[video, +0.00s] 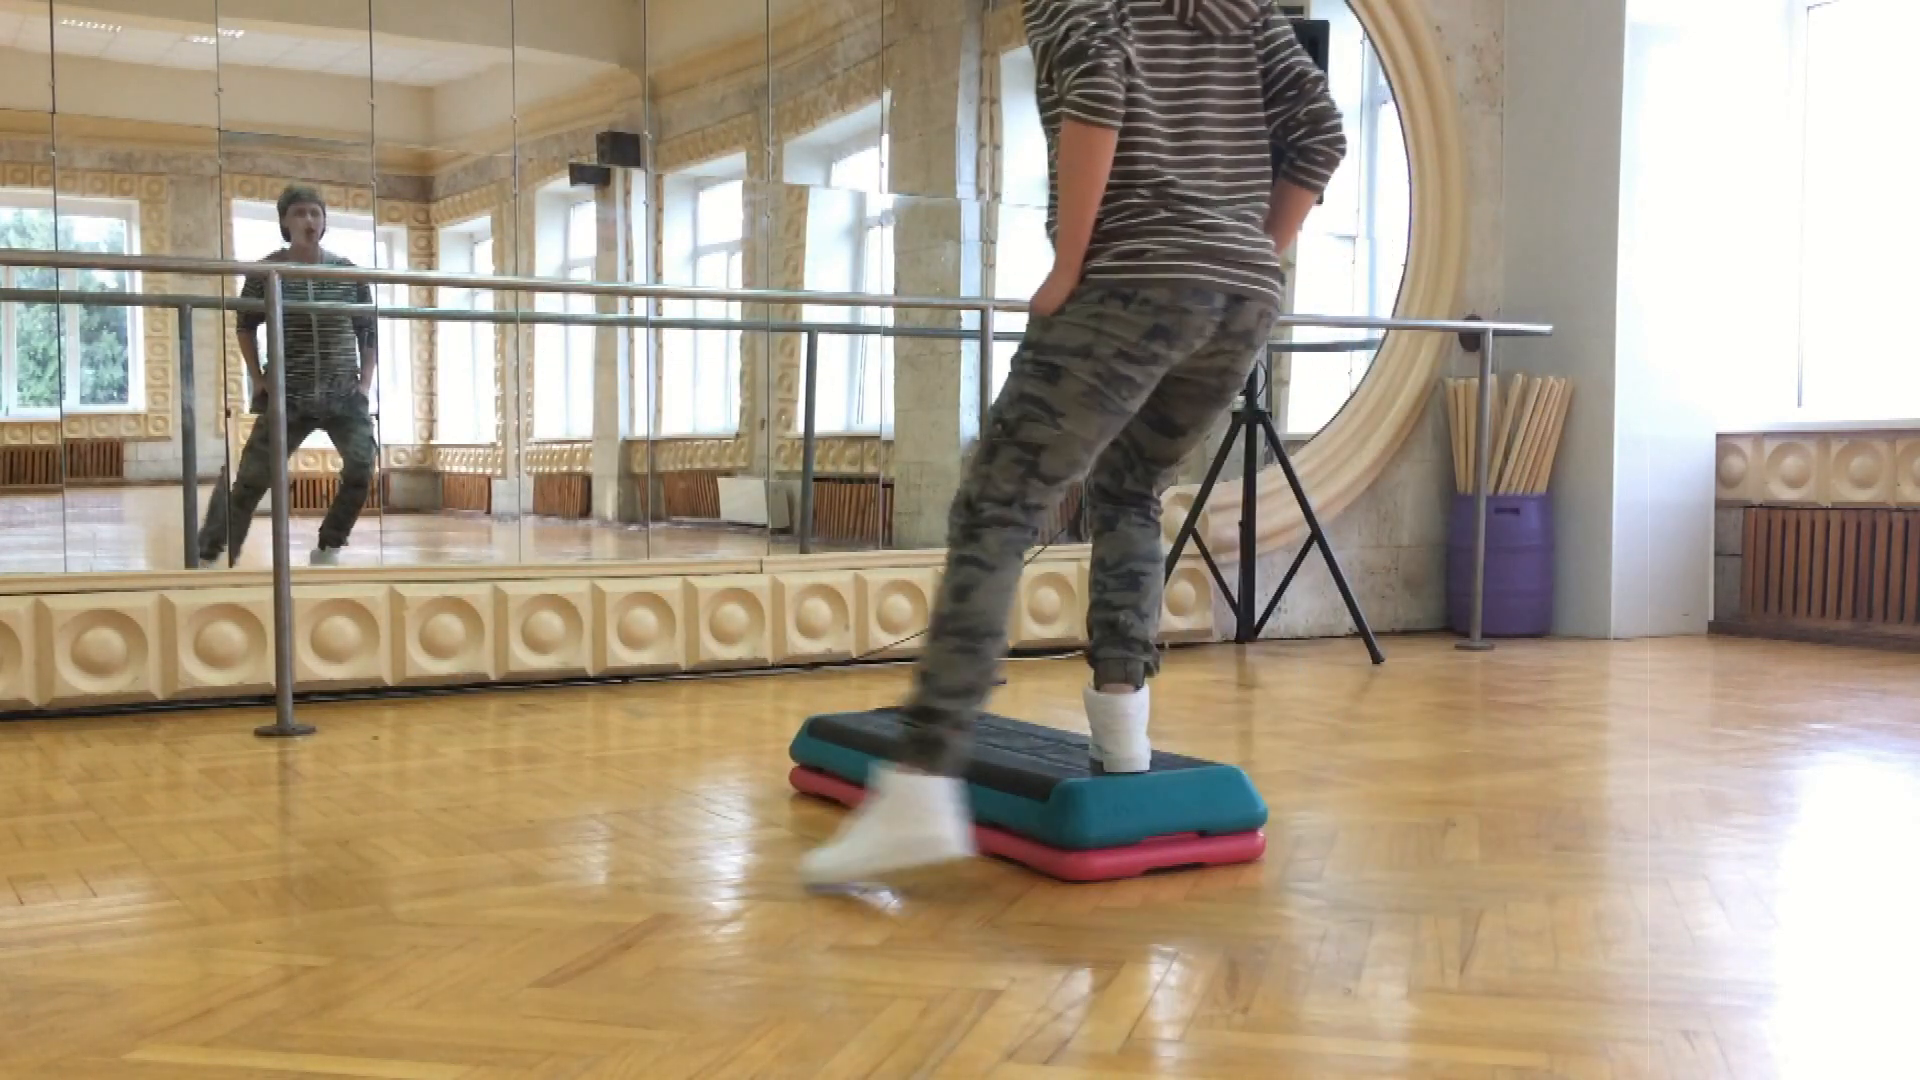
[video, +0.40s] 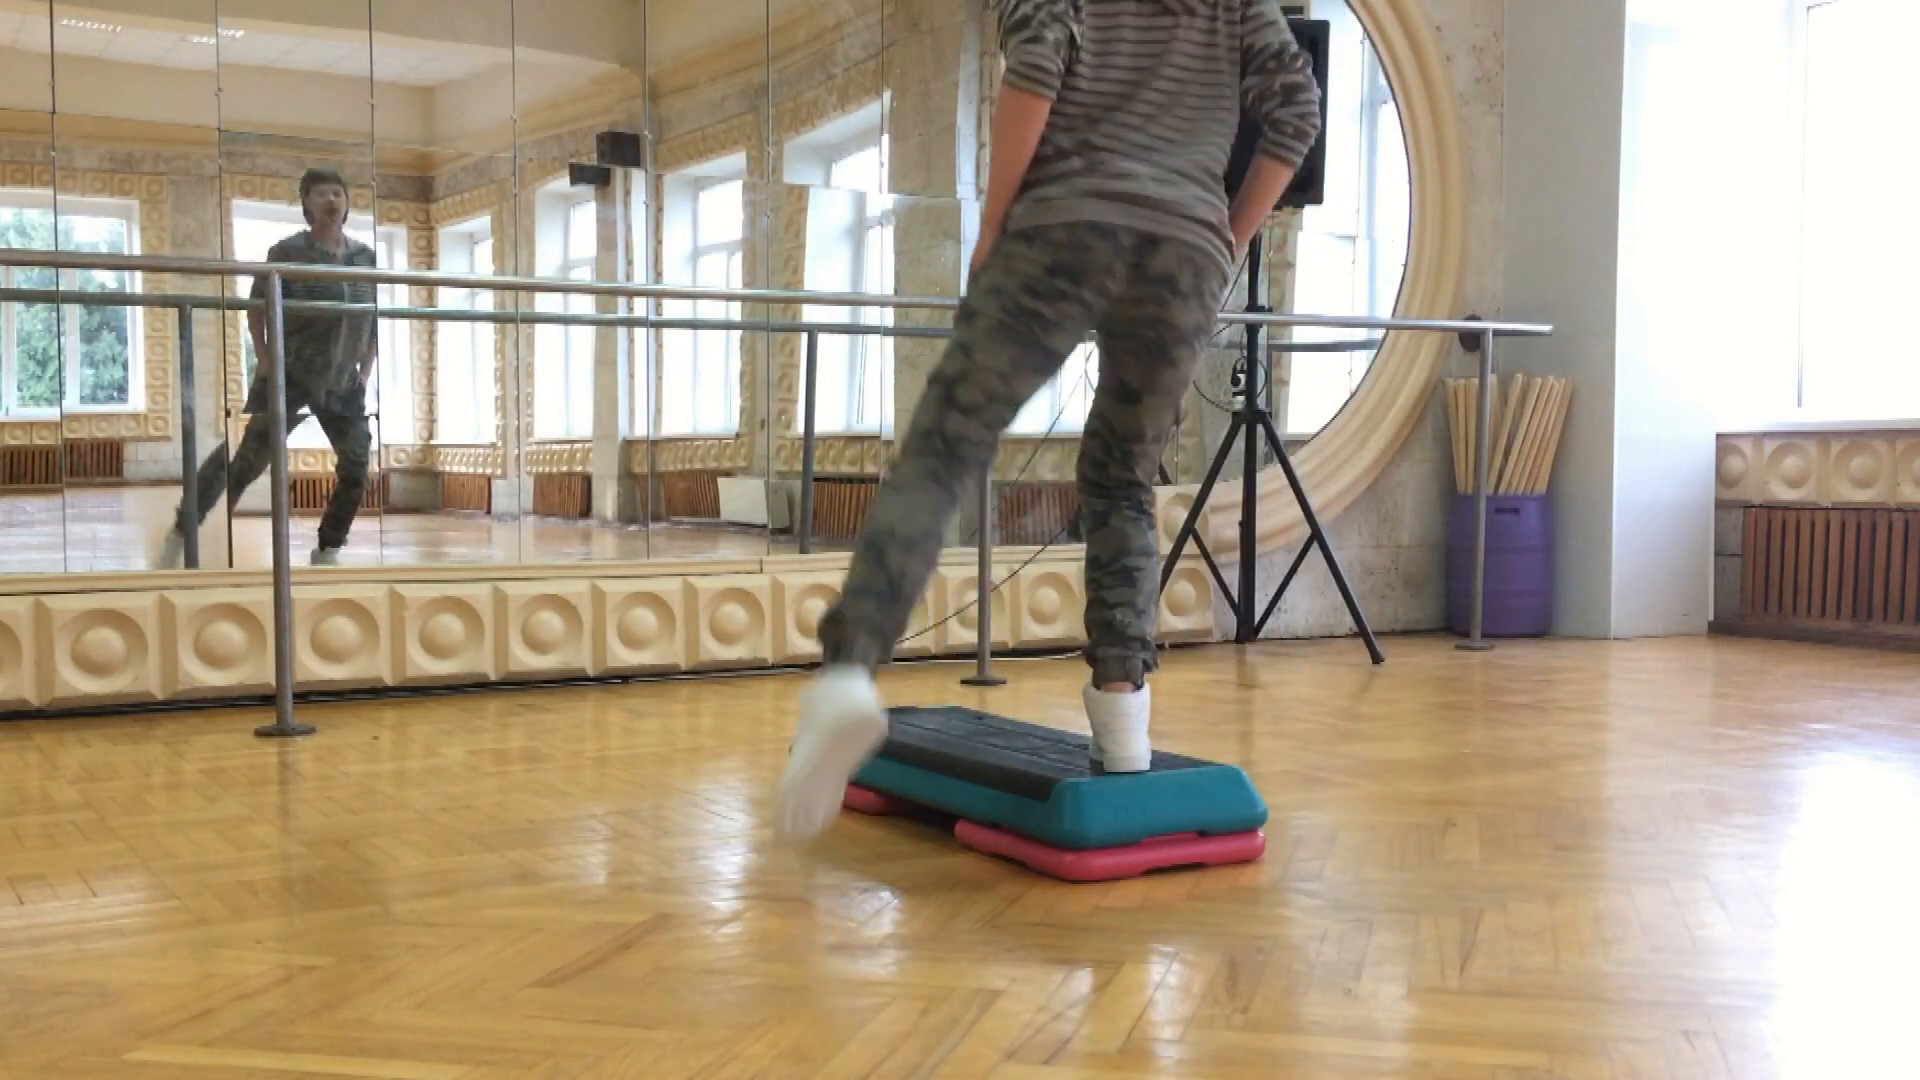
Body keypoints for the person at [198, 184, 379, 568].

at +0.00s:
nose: (310, 220)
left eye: (316, 214)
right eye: (300, 214)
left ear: (326, 222)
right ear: (284, 223)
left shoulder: (349, 273)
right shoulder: (266, 271)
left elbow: (369, 336)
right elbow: (244, 326)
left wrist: (363, 386)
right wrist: (257, 376)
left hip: (343, 394)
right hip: (289, 395)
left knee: (362, 467)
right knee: (253, 477)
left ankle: (329, 546)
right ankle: (210, 553)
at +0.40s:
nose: (331, 200)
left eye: (337, 194)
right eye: (321, 194)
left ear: (347, 204)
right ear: (305, 204)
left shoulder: (364, 258)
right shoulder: (287, 251)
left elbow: (373, 319)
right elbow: (256, 304)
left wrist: (365, 370)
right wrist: (265, 358)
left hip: (341, 381)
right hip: (289, 375)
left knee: (356, 469)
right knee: (249, 459)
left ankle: (328, 551)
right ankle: (181, 528)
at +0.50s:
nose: (333, 183)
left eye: (339, 177)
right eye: (323, 177)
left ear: (350, 187)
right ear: (307, 187)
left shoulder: (364, 240)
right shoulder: (292, 234)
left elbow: (370, 306)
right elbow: (258, 284)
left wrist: (357, 355)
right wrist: (275, 342)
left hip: (338, 367)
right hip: (286, 358)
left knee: (354, 461)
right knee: (248, 442)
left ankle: (327, 549)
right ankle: (158, 477)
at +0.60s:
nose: (332, 183)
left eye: (338, 177)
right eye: (323, 177)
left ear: (349, 186)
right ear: (307, 187)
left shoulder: (363, 237)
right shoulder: (293, 233)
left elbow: (361, 298)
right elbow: (257, 288)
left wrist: (350, 342)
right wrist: (277, 333)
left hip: (340, 366)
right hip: (289, 356)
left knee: (363, 456)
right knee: (245, 434)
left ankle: (319, 544)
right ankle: (151, 414)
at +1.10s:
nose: (328, 186)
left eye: (334, 179)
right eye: (319, 180)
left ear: (345, 189)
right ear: (304, 191)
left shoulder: (363, 242)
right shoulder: (294, 235)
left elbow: (366, 306)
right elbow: (269, 294)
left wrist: (355, 356)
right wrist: (281, 344)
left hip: (343, 374)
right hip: (302, 368)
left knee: (356, 466)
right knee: (284, 456)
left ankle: (317, 552)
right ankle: (188, 435)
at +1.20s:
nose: (331, 175)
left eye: (337, 169)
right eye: (321, 169)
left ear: (347, 178)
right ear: (305, 178)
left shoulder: (362, 226)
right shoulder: (291, 217)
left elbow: (363, 288)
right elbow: (265, 277)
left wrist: (354, 338)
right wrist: (281, 332)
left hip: (344, 352)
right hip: (299, 344)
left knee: (345, 452)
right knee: (328, 439)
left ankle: (316, 542)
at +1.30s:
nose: (330, 171)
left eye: (336, 166)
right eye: (321, 165)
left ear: (347, 176)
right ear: (304, 173)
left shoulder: (362, 223)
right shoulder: (286, 214)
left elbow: (366, 286)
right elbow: (261, 270)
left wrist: (359, 337)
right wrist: (281, 327)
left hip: (347, 347)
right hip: (303, 342)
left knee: (340, 444)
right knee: (339, 435)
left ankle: (318, 538)